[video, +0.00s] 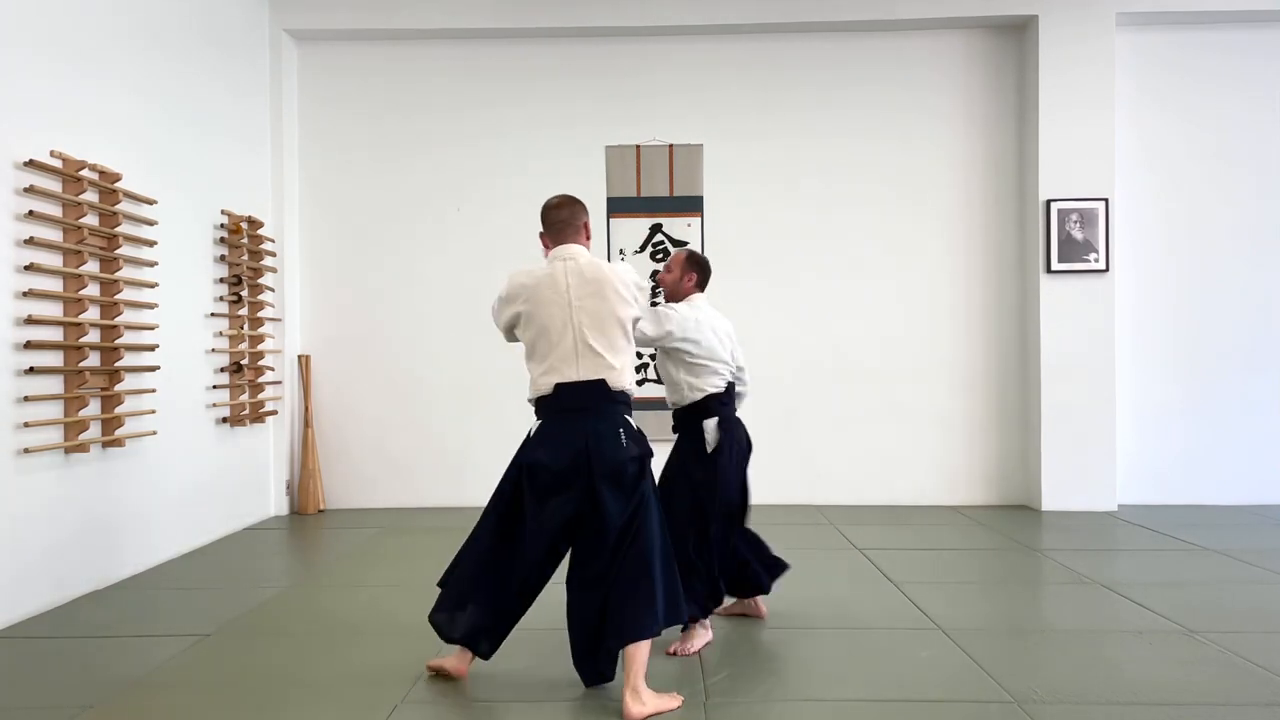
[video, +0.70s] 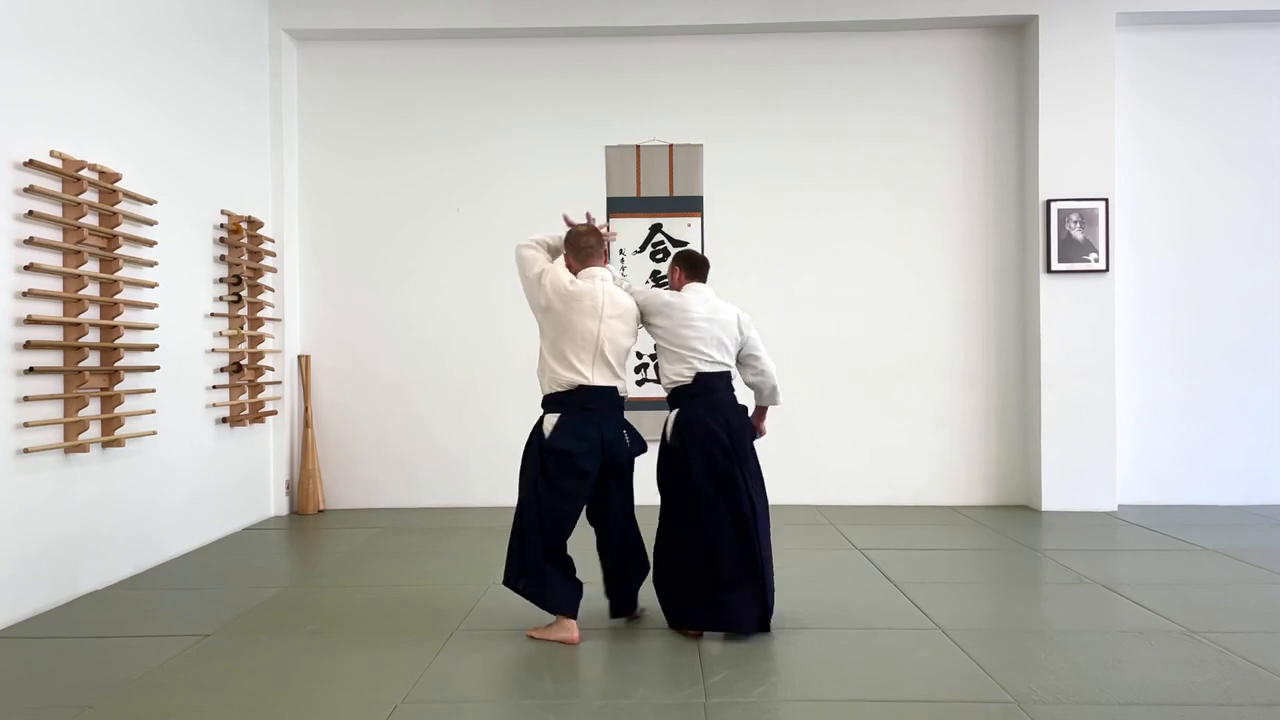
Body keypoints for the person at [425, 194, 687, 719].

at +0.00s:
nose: (586, 237)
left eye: (544, 237)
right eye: (588, 229)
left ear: (542, 239)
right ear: (589, 232)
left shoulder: (521, 286)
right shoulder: (623, 280)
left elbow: (509, 330)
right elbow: (633, 324)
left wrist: (556, 287)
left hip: (554, 431)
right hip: (615, 430)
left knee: (520, 538)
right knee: (637, 551)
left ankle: (463, 652)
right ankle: (636, 690)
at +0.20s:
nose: (580, 257)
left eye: (572, 251)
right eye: (617, 247)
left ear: (570, 253)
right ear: (616, 249)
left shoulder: (548, 290)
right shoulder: (642, 294)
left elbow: (525, 311)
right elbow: (678, 318)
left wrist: (575, 273)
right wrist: (648, 283)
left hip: (560, 428)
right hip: (618, 434)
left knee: (543, 528)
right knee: (643, 552)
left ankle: (529, 630)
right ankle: (634, 685)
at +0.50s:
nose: (595, 266)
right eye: (595, 259)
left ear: (550, 268)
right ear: (593, 260)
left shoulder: (536, 299)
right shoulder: (621, 303)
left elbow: (518, 289)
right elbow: (649, 336)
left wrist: (553, 276)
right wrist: (608, 286)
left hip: (557, 423)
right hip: (611, 426)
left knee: (559, 523)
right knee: (630, 528)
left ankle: (565, 622)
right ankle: (624, 620)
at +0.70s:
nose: (562, 264)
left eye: (565, 257)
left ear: (568, 260)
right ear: (606, 257)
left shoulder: (556, 287)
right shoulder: (627, 305)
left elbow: (529, 248)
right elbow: (611, 282)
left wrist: (568, 238)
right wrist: (599, 252)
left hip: (565, 421)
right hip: (612, 421)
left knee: (546, 522)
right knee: (615, 515)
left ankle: (565, 620)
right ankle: (625, 604)